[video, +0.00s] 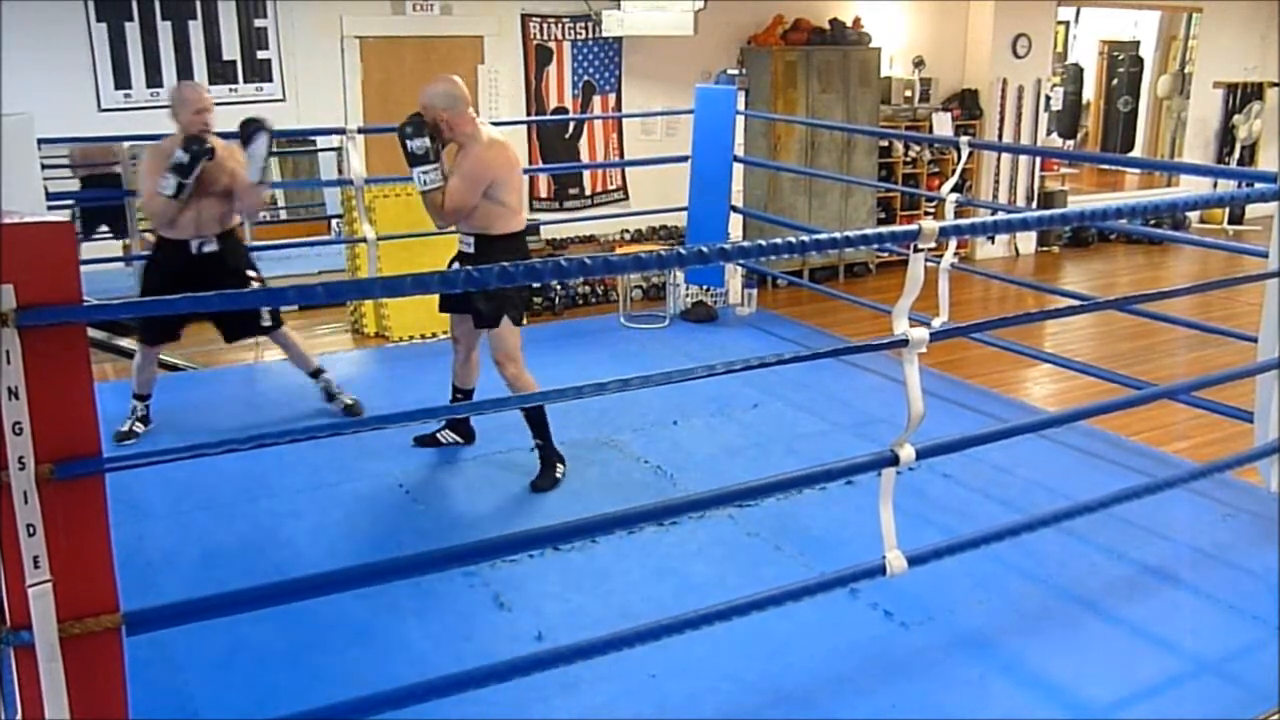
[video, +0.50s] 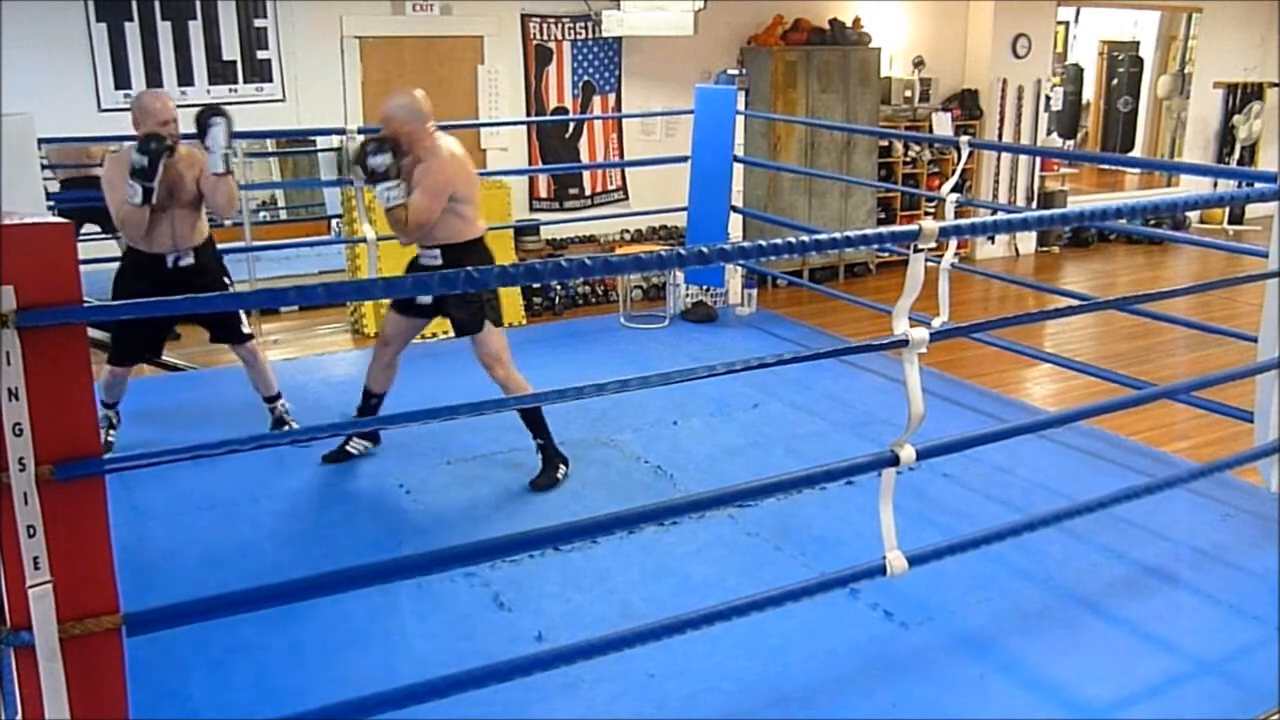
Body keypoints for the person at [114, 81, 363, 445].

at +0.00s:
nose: (206, 118)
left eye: (209, 110)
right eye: (197, 112)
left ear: (213, 111)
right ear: (177, 116)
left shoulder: (229, 153)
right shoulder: (157, 155)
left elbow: (250, 208)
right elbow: (158, 217)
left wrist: (258, 163)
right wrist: (179, 175)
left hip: (224, 251)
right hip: (171, 256)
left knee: (272, 326)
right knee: (149, 342)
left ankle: (330, 389)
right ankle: (139, 415)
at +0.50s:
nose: (171, 132)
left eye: (175, 123)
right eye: (161, 126)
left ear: (179, 120)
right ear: (137, 126)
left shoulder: (196, 155)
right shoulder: (119, 163)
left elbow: (227, 209)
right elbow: (132, 231)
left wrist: (219, 153)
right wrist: (143, 180)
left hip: (200, 264)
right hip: (144, 269)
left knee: (245, 345)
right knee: (120, 363)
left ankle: (281, 414)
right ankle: (107, 421)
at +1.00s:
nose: (96, 111)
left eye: (96, 103)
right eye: (85, 106)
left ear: (97, 102)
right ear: (57, 114)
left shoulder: (106, 147)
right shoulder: (46, 163)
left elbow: (124, 204)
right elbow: (79, 238)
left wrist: (155, 192)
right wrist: (94, 176)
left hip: (117, 269)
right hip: (73, 276)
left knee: (166, 357)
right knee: (81, 378)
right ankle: (75, 458)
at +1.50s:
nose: (91, 168)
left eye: (89, 157)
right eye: (81, 161)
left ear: (46, 173)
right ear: (46, 172)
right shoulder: (45, 227)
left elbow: (106, 278)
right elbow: (98, 289)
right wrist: (113, 226)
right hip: (70, 373)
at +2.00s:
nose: (142, 129)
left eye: (139, 119)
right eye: (139, 120)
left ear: (85, 123)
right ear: (124, 124)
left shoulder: (53, 177)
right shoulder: (138, 191)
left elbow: (46, 243)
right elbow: (176, 270)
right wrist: (170, 230)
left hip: (55, 324)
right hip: (115, 324)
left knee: (73, 458)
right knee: (154, 459)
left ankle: (64, 574)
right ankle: (127, 571)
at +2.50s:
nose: (250, 160)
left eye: (247, 150)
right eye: (246, 152)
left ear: (193, 154)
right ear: (227, 157)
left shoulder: (169, 200)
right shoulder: (227, 224)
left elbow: (172, 282)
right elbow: (273, 312)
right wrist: (269, 257)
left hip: (155, 360)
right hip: (201, 373)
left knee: (228, 443)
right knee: (238, 522)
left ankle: (247, 528)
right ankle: (177, 659)